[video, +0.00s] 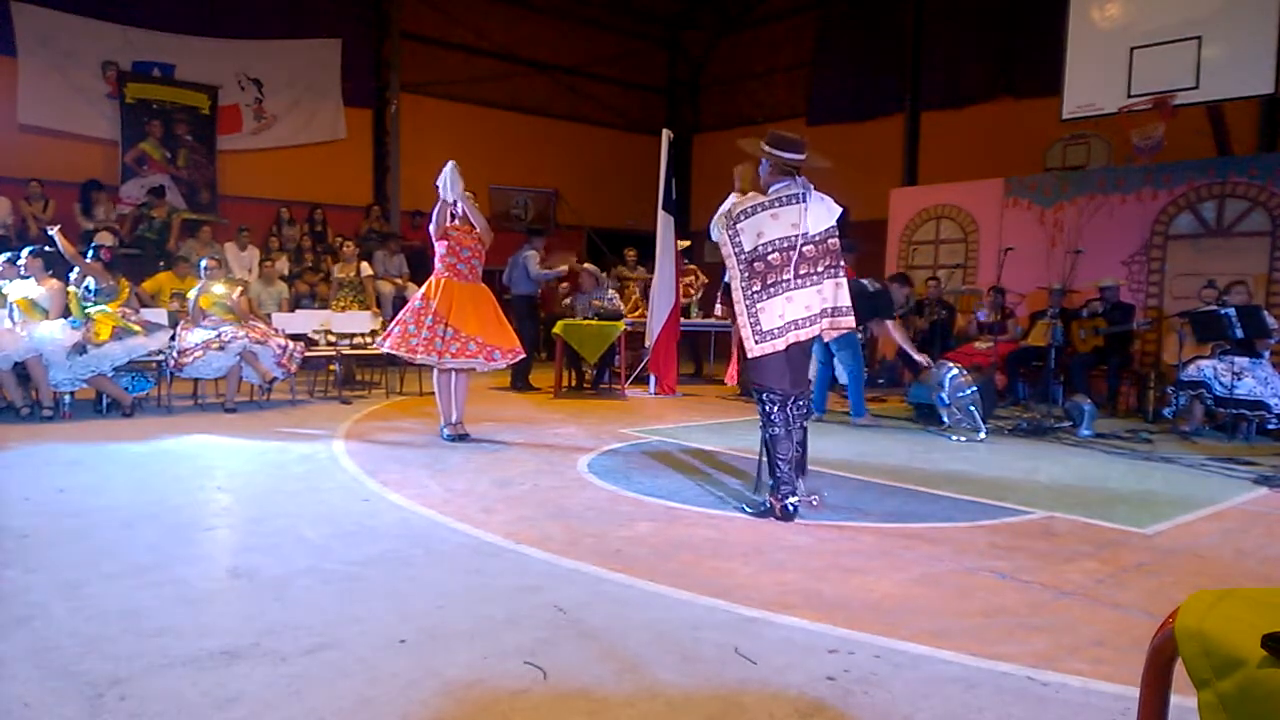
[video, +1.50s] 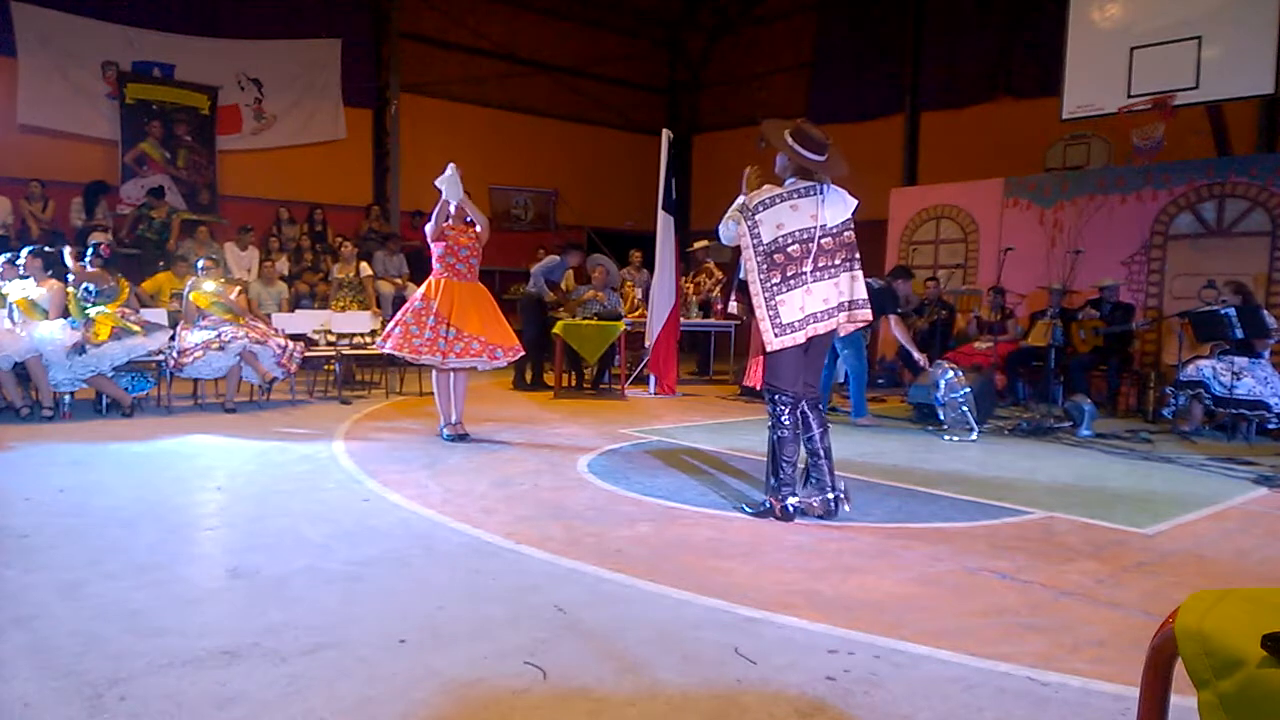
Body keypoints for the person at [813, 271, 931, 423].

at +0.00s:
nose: (904, 301)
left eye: (906, 297)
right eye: (904, 295)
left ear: (890, 283)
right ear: (895, 286)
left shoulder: (870, 285)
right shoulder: (883, 295)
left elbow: (876, 326)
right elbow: (895, 328)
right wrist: (915, 354)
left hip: (820, 318)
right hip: (841, 323)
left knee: (824, 367)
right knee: (854, 369)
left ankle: (817, 411)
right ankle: (859, 414)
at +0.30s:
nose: (913, 304)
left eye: (915, 300)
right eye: (913, 299)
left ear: (900, 286)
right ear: (903, 291)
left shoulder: (877, 287)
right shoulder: (890, 297)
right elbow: (900, 330)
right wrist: (919, 357)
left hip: (824, 319)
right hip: (844, 325)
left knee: (826, 366)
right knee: (858, 366)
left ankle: (817, 410)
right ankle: (860, 414)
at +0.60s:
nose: (913, 299)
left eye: (915, 295)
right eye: (913, 294)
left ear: (899, 284)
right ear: (903, 287)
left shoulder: (878, 286)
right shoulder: (890, 296)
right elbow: (900, 329)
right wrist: (920, 356)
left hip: (827, 319)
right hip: (846, 326)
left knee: (826, 367)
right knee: (858, 368)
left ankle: (818, 410)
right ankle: (860, 414)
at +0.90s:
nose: (913, 298)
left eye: (914, 293)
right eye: (912, 292)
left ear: (896, 284)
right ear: (902, 288)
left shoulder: (875, 286)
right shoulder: (889, 296)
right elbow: (902, 328)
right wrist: (922, 355)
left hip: (826, 319)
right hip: (846, 325)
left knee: (825, 366)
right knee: (858, 368)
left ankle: (818, 409)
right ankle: (860, 414)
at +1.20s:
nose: (912, 297)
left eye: (913, 292)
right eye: (911, 291)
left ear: (896, 285)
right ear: (902, 287)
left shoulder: (876, 286)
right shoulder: (889, 296)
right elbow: (901, 328)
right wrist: (921, 355)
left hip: (829, 317)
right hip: (846, 325)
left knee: (825, 365)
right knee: (857, 368)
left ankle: (817, 407)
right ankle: (860, 414)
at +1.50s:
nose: (910, 289)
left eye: (911, 285)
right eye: (909, 284)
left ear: (891, 279)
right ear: (899, 282)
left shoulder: (870, 283)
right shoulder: (888, 293)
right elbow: (896, 325)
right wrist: (915, 352)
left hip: (831, 319)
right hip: (849, 326)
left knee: (827, 367)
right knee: (857, 369)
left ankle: (819, 406)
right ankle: (860, 414)